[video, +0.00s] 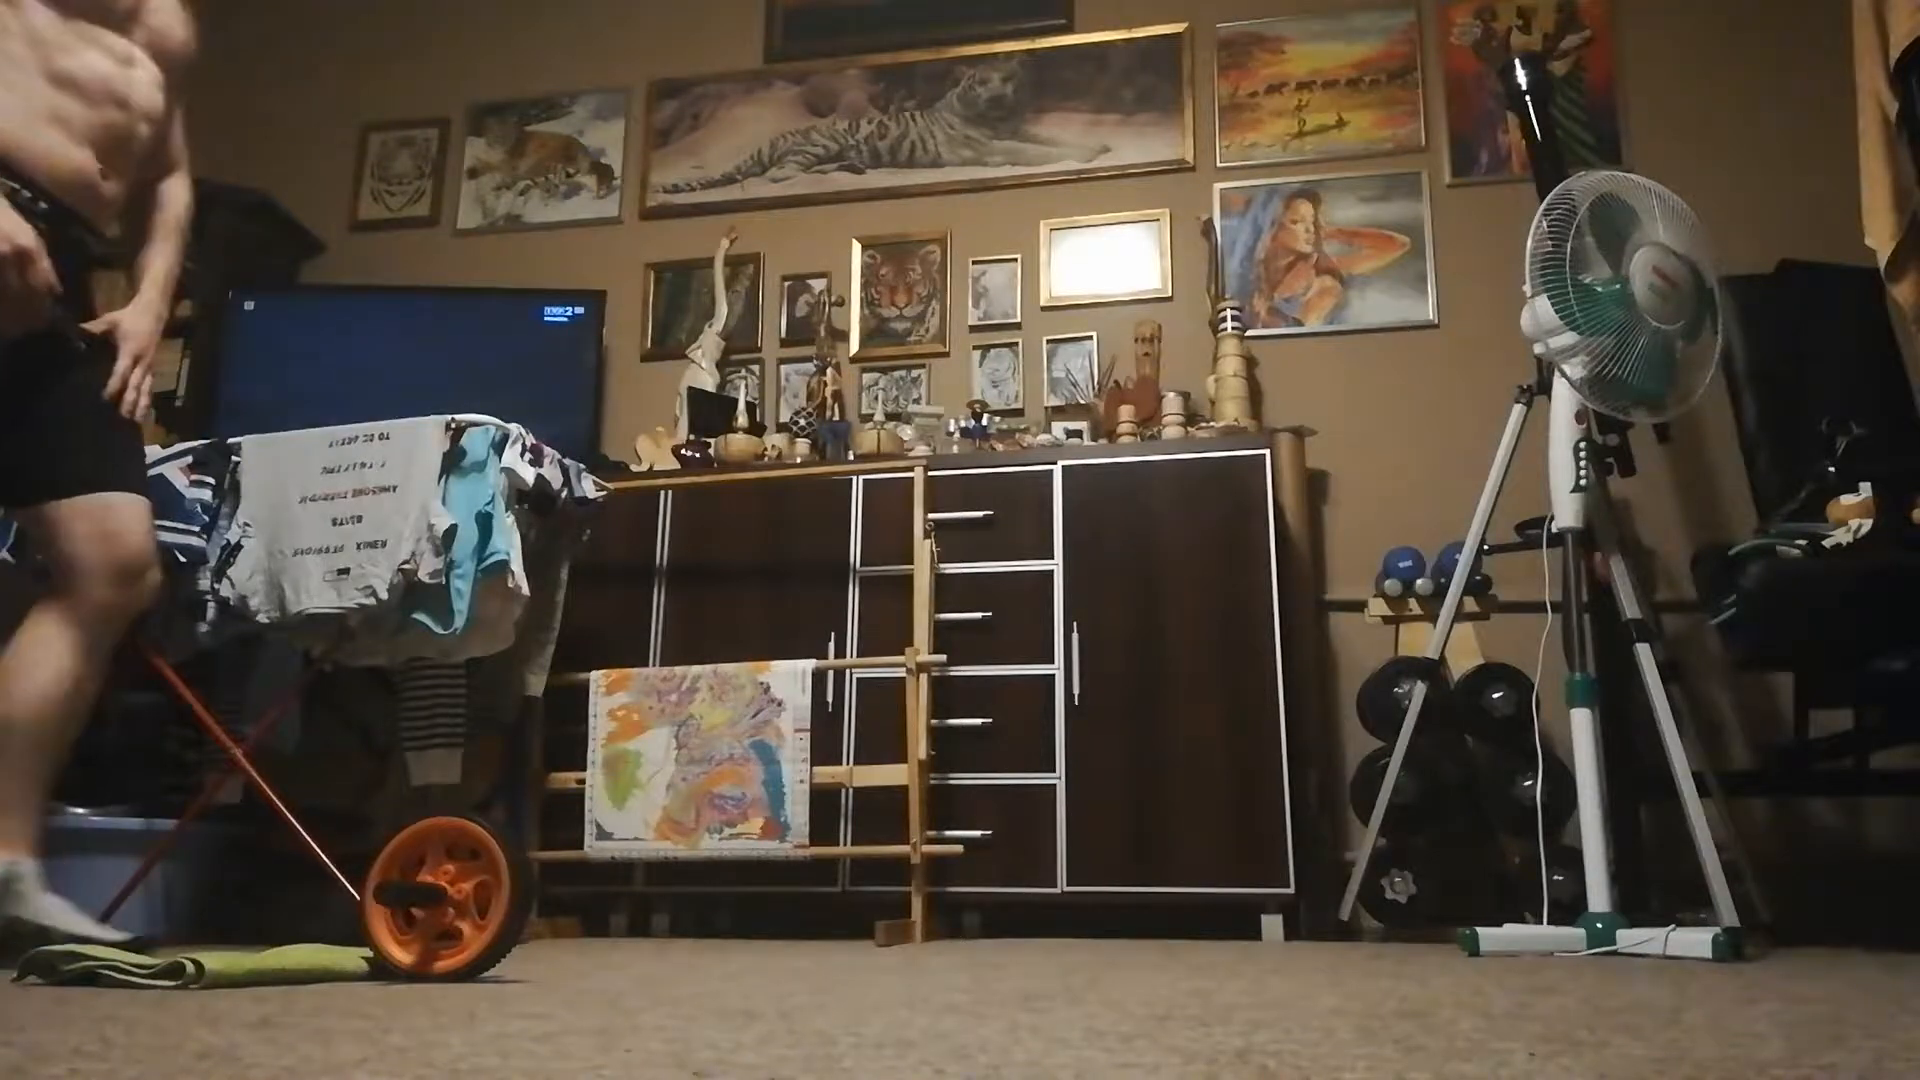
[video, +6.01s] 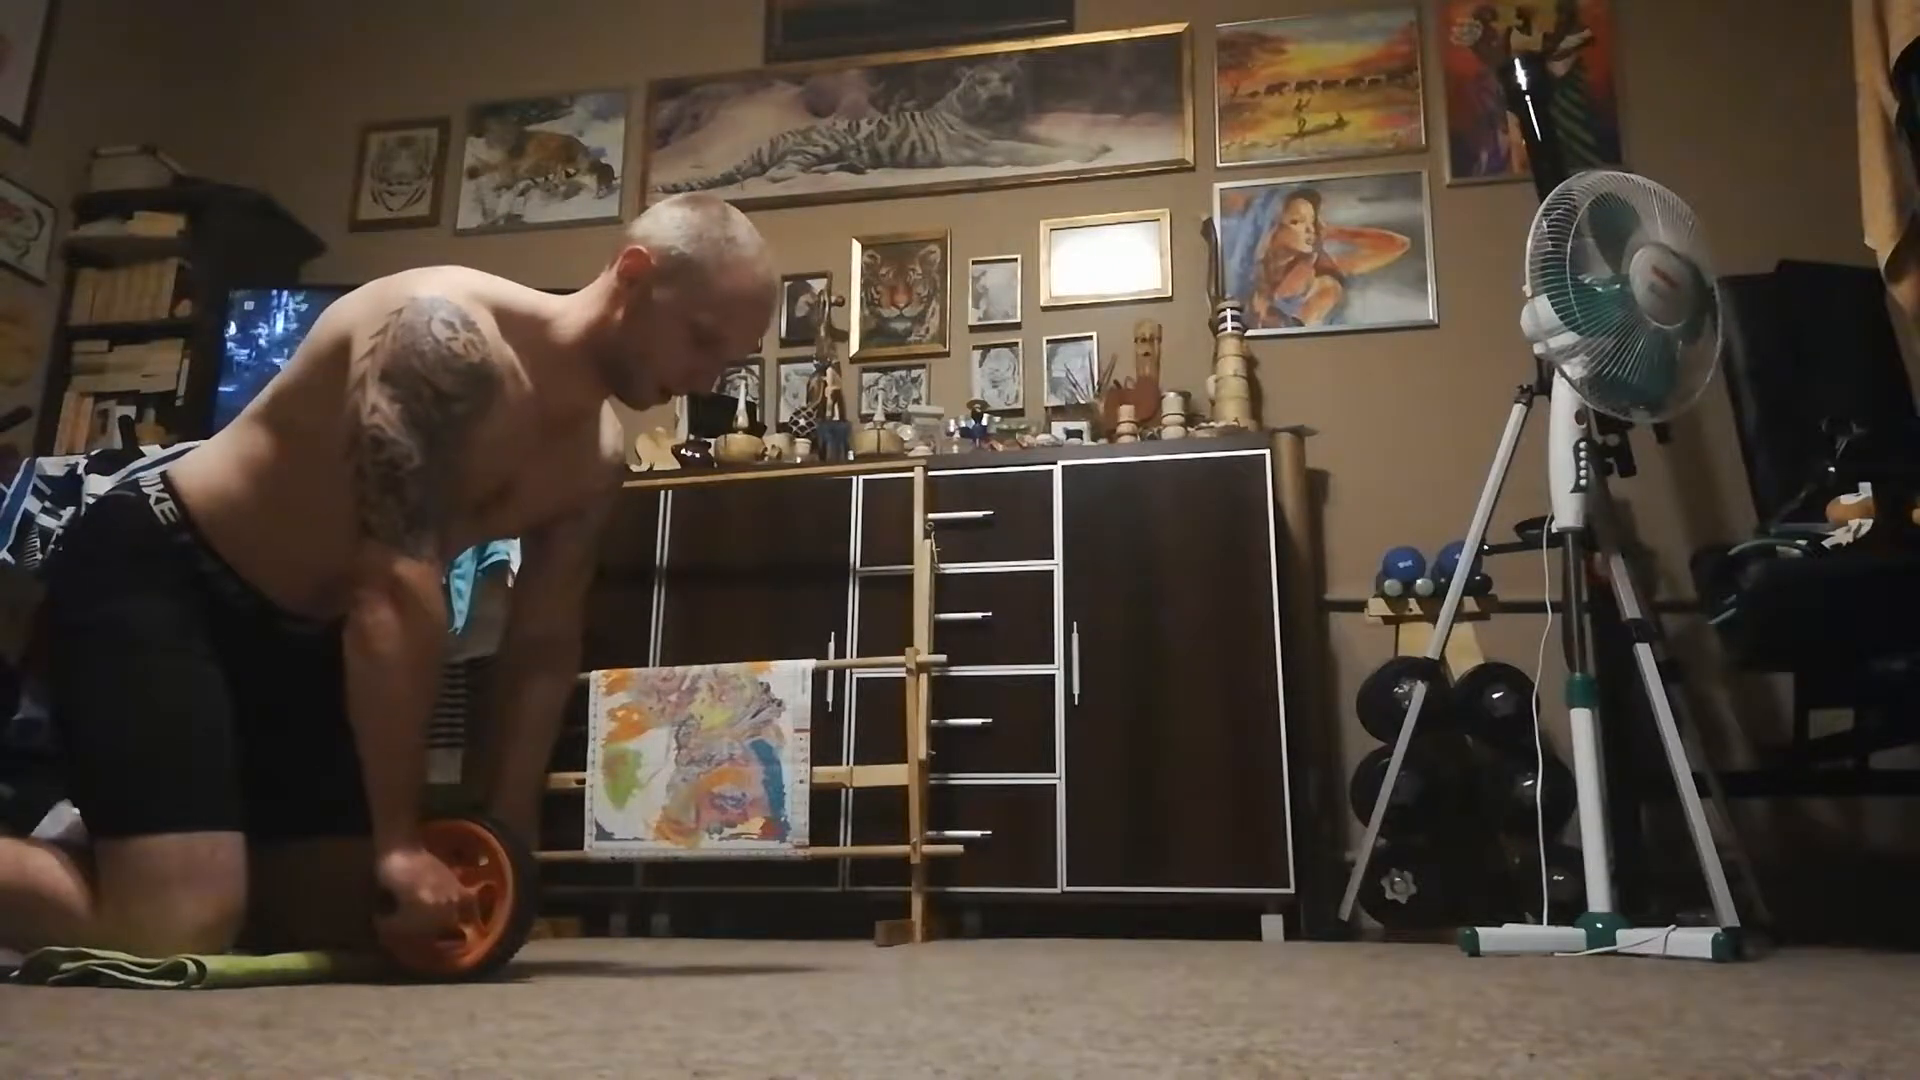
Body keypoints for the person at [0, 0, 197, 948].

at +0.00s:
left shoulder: (161, 28)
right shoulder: (27, 16)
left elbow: (171, 170)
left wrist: (150, 300)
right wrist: (3, 211)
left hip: (69, 277)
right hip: (8, 241)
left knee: (111, 563)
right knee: (101, 563)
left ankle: (12, 868)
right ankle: (13, 869)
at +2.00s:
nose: (480, 123)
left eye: (494, 104)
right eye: (462, 88)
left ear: (499, 112)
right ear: (376, 47)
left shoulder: (443, 288)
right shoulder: (228, 164)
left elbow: (528, 437)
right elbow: (112, 335)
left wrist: (539, 277)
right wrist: (137, 544)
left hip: (357, 592)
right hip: (218, 545)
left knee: (328, 938)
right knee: (165, 925)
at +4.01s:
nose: (600, 331)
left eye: (618, 308)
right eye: (590, 293)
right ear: (510, 240)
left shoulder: (508, 457)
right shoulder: (340, 340)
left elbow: (501, 658)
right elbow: (331, 601)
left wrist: (482, 835)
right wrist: (379, 838)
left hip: (245, 643)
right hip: (92, 599)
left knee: (334, 922)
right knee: (180, 930)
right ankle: (11, 866)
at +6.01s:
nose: (712, 379)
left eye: (733, 359)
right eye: (709, 342)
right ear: (638, 277)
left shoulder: (593, 461)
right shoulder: (442, 334)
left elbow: (542, 653)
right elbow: (389, 603)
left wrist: (498, 860)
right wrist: (401, 847)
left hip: (297, 633)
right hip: (156, 571)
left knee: (360, 912)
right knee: (177, 927)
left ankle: (107, 859)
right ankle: (21, 861)